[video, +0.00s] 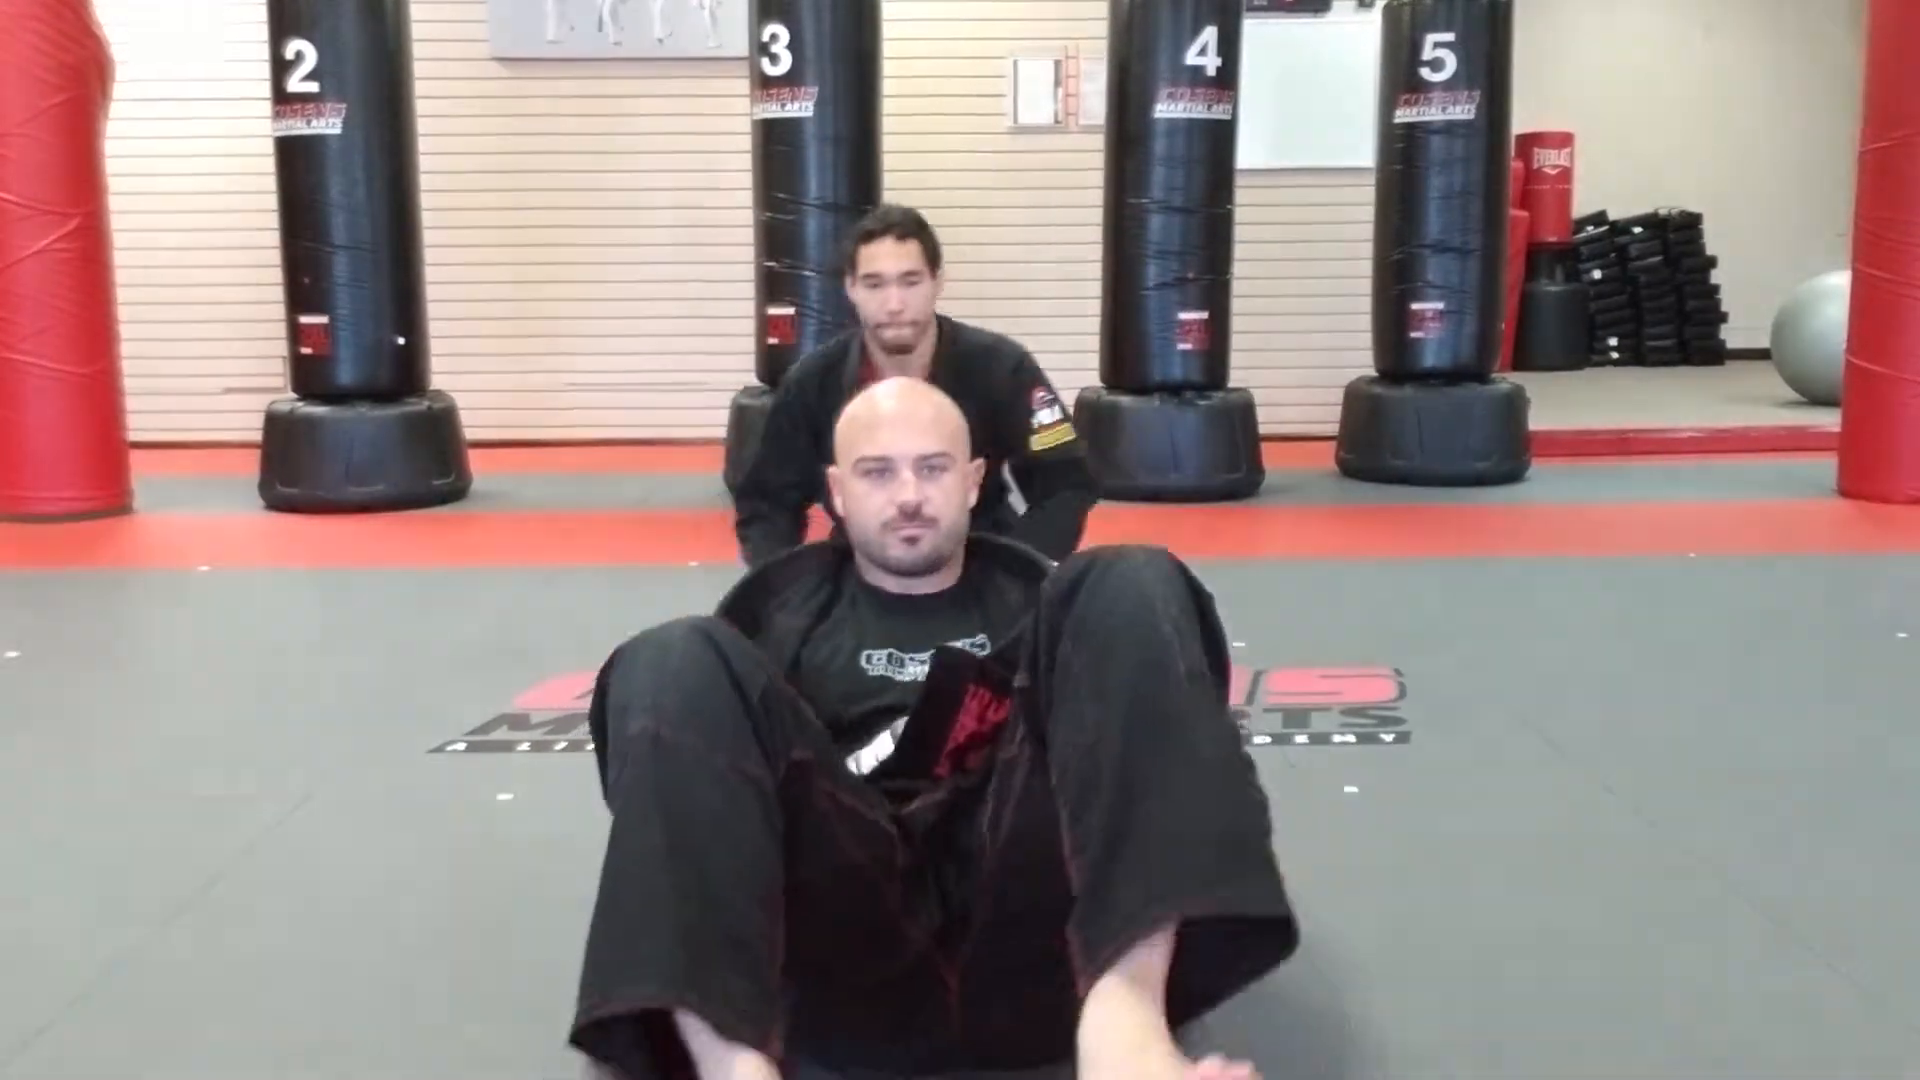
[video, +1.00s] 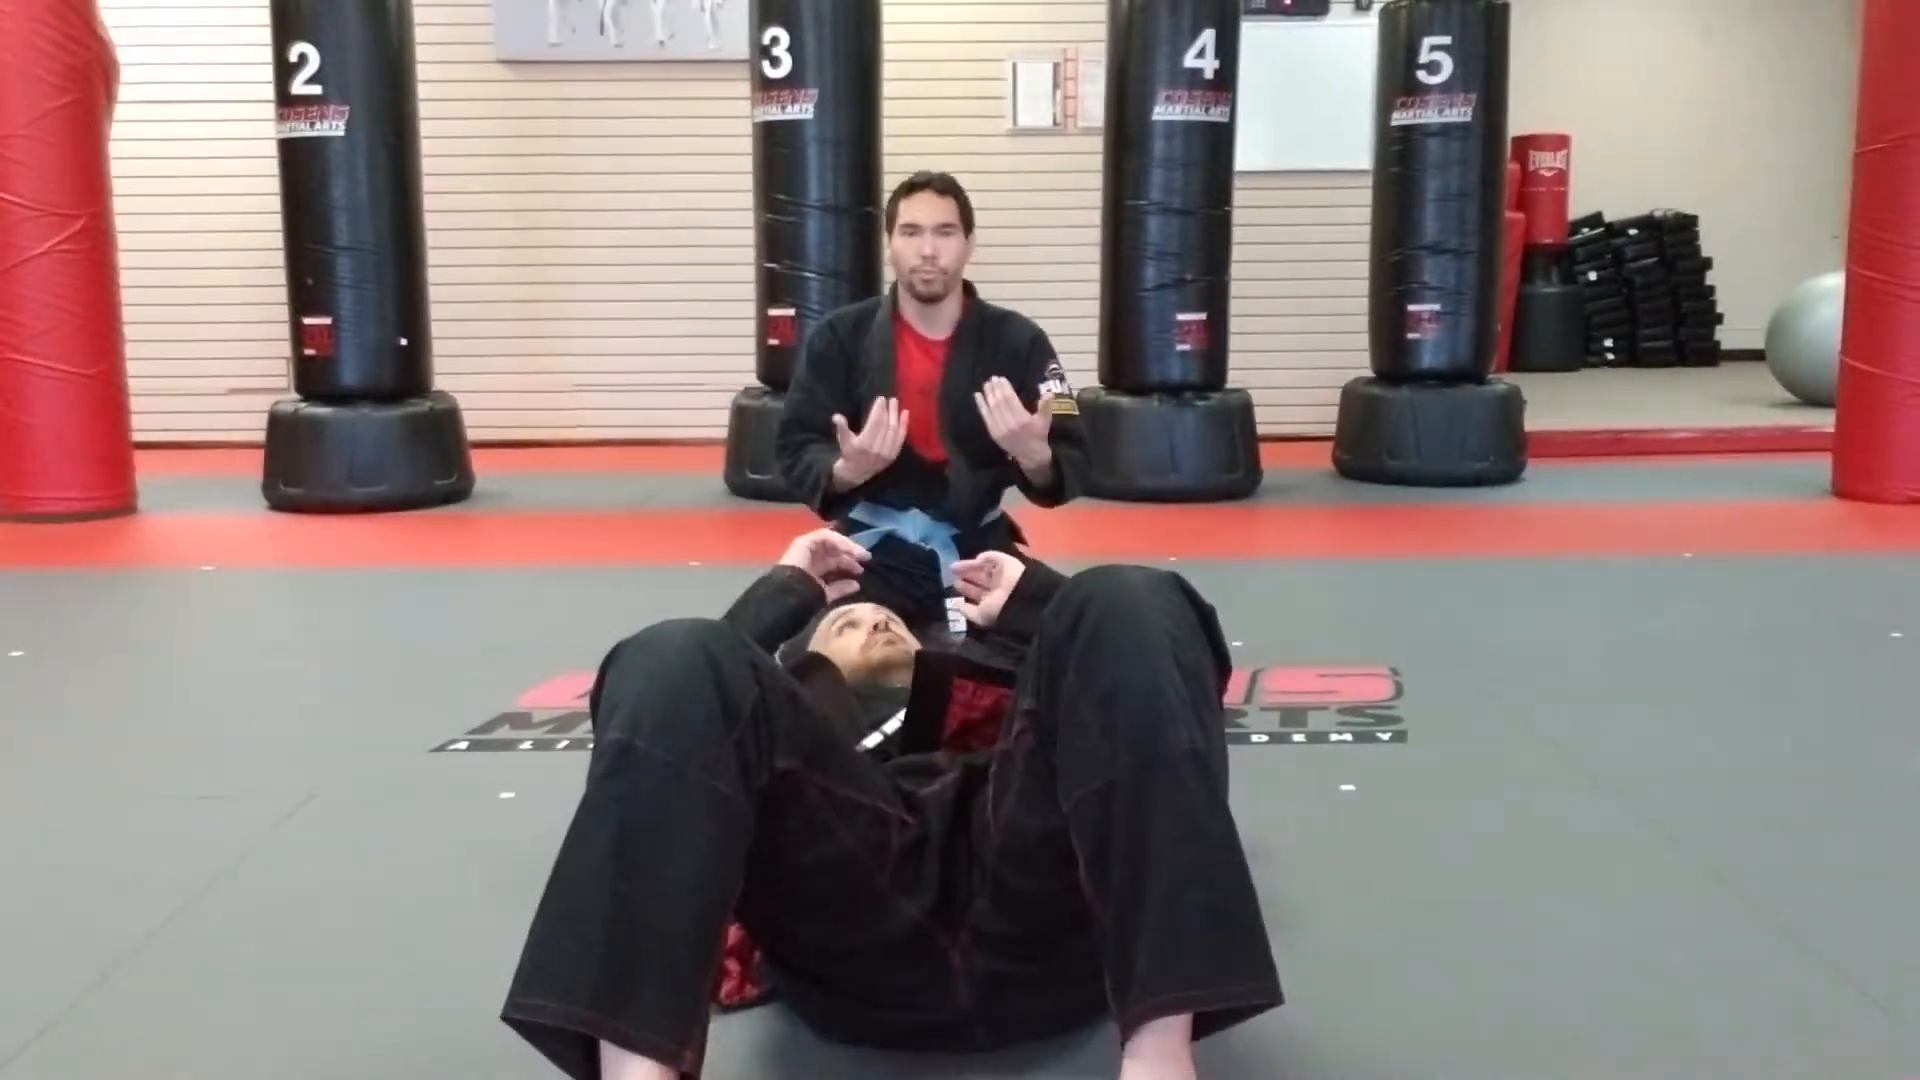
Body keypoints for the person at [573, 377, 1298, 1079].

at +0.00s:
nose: (908, 497)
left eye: (933, 469)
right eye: (878, 473)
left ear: (976, 481)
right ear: (833, 494)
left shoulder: (1054, 605)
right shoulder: (772, 609)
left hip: (1030, 938)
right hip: (829, 935)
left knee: (1138, 582)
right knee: (668, 663)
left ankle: (1129, 1027)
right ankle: (730, 1058)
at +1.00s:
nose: (877, 631)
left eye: (893, 627)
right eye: (853, 632)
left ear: (933, 641)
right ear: (814, 664)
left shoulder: (1010, 677)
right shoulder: (793, 712)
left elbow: (1185, 672)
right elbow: (689, 710)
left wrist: (1045, 608)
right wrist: (787, 590)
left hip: (1047, 919)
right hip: (853, 929)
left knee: (1139, 600)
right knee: (666, 661)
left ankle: (1163, 1050)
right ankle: (638, 1062)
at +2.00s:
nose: (1129, 590)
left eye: (1154, 601)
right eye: (1125, 582)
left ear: (1185, 661)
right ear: (1075, 595)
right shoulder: (986, 593)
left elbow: (1176, 799)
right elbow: (855, 511)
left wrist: (1263, 682)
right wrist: (915, 448)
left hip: (1013, 792)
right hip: (862, 741)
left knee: (1128, 628)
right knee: (748, 660)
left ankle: (1131, 1016)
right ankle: (734, 1046)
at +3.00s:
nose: (768, 563)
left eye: (781, 550)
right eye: (745, 567)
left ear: (819, 559)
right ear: (732, 606)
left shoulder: (902, 579)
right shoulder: (741, 653)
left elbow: (1038, 542)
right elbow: (662, 716)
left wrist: (906, 479)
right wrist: (646, 552)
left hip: (1006, 731)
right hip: (874, 775)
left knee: (1074, 557)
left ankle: (1026, 936)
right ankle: (769, 1012)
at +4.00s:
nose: (923, 544)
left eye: (945, 544)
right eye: (904, 545)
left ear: (978, 577)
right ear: (871, 578)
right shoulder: (826, 619)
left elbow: (1114, 592)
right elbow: (757, 584)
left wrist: (1016, 544)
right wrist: (828, 525)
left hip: (994, 793)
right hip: (844, 795)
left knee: (1049, 564)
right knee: (743, 589)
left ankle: (1030, 938)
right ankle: (822, 940)